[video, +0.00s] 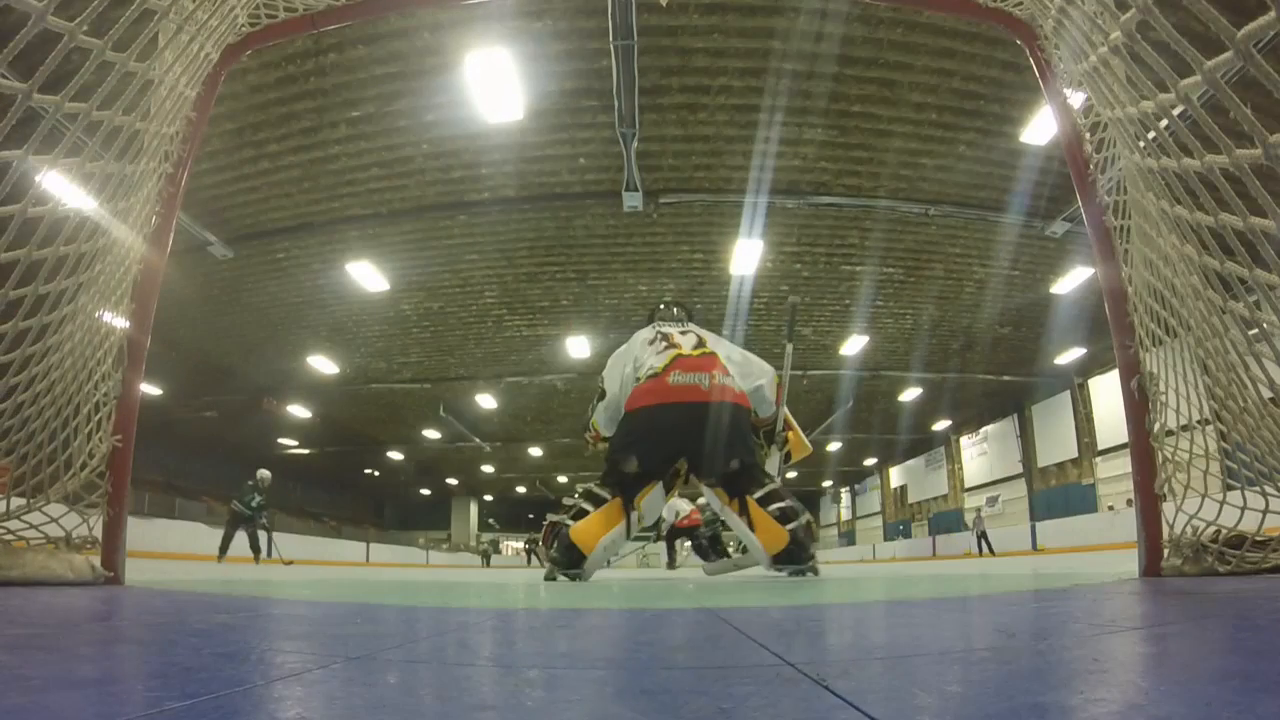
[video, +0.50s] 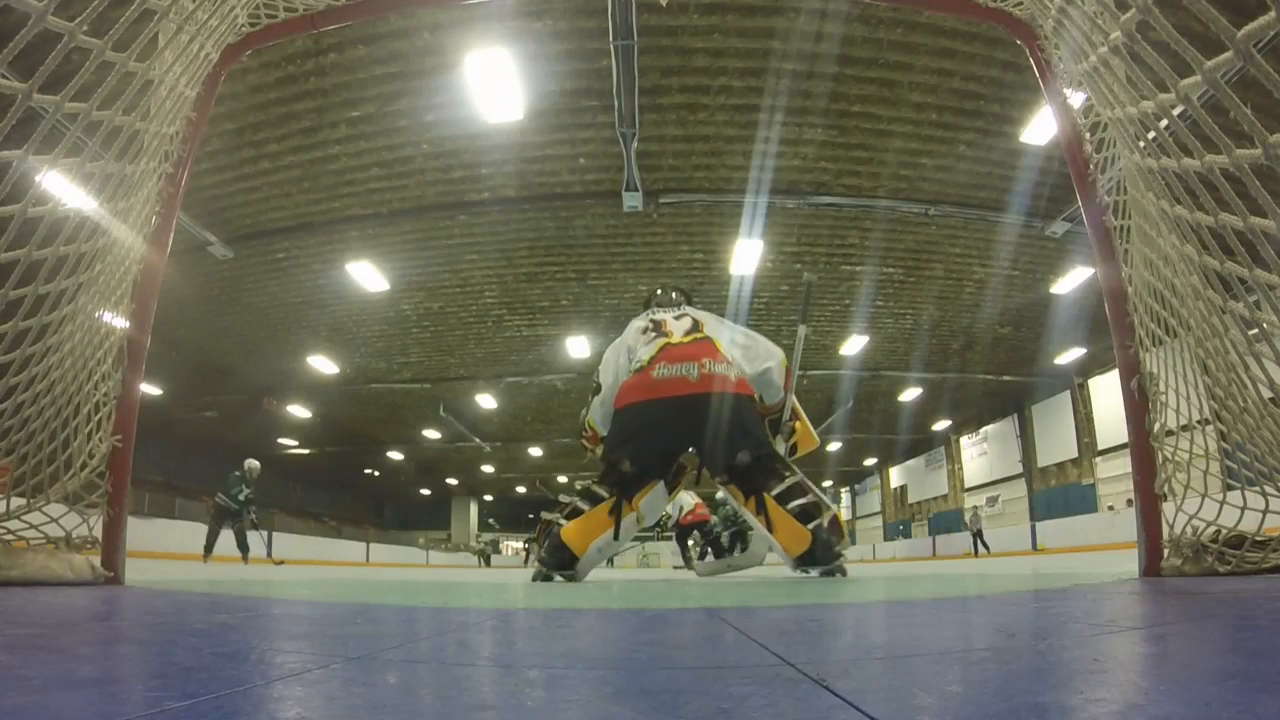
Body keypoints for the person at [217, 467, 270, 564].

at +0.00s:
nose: (267, 485)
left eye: (268, 482)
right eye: (266, 482)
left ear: (266, 481)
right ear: (260, 480)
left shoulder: (262, 494)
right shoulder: (247, 487)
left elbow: (261, 510)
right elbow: (234, 503)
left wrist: (264, 522)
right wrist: (249, 513)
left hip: (250, 517)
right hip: (237, 514)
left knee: (253, 537)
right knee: (228, 535)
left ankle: (257, 557)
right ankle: (221, 555)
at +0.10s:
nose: (265, 483)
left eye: (266, 481)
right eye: (264, 481)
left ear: (264, 480)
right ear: (259, 478)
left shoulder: (260, 493)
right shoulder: (246, 485)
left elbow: (260, 509)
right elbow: (245, 499)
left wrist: (262, 522)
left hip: (248, 515)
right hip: (235, 512)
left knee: (251, 535)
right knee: (226, 533)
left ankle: (255, 556)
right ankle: (219, 555)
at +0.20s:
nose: (262, 481)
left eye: (263, 479)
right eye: (261, 478)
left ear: (261, 477)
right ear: (255, 476)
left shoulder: (256, 490)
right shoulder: (242, 482)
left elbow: (255, 508)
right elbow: (241, 497)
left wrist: (259, 521)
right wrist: (253, 500)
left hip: (244, 514)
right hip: (230, 511)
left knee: (248, 534)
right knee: (222, 532)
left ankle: (252, 555)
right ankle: (214, 554)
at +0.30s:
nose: (261, 480)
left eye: (261, 477)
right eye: (259, 477)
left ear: (260, 476)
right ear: (253, 474)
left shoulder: (255, 489)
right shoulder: (240, 481)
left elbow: (255, 507)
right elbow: (239, 495)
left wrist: (258, 521)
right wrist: (251, 501)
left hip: (242, 513)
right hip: (228, 509)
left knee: (246, 533)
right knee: (220, 532)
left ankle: (250, 555)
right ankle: (212, 554)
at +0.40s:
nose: (258, 477)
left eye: (259, 474)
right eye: (257, 473)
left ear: (255, 473)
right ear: (251, 471)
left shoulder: (252, 486)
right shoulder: (237, 478)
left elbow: (251, 503)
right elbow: (236, 494)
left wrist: (255, 518)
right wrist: (247, 500)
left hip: (238, 511)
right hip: (223, 508)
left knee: (242, 534)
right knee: (216, 532)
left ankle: (247, 555)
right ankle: (208, 554)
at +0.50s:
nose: (256, 475)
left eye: (257, 473)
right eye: (255, 472)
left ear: (255, 472)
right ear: (248, 470)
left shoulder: (250, 486)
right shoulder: (235, 476)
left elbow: (249, 502)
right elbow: (234, 492)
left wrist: (253, 517)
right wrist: (246, 498)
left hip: (235, 510)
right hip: (221, 506)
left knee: (240, 532)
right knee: (214, 531)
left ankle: (245, 554)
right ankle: (207, 553)